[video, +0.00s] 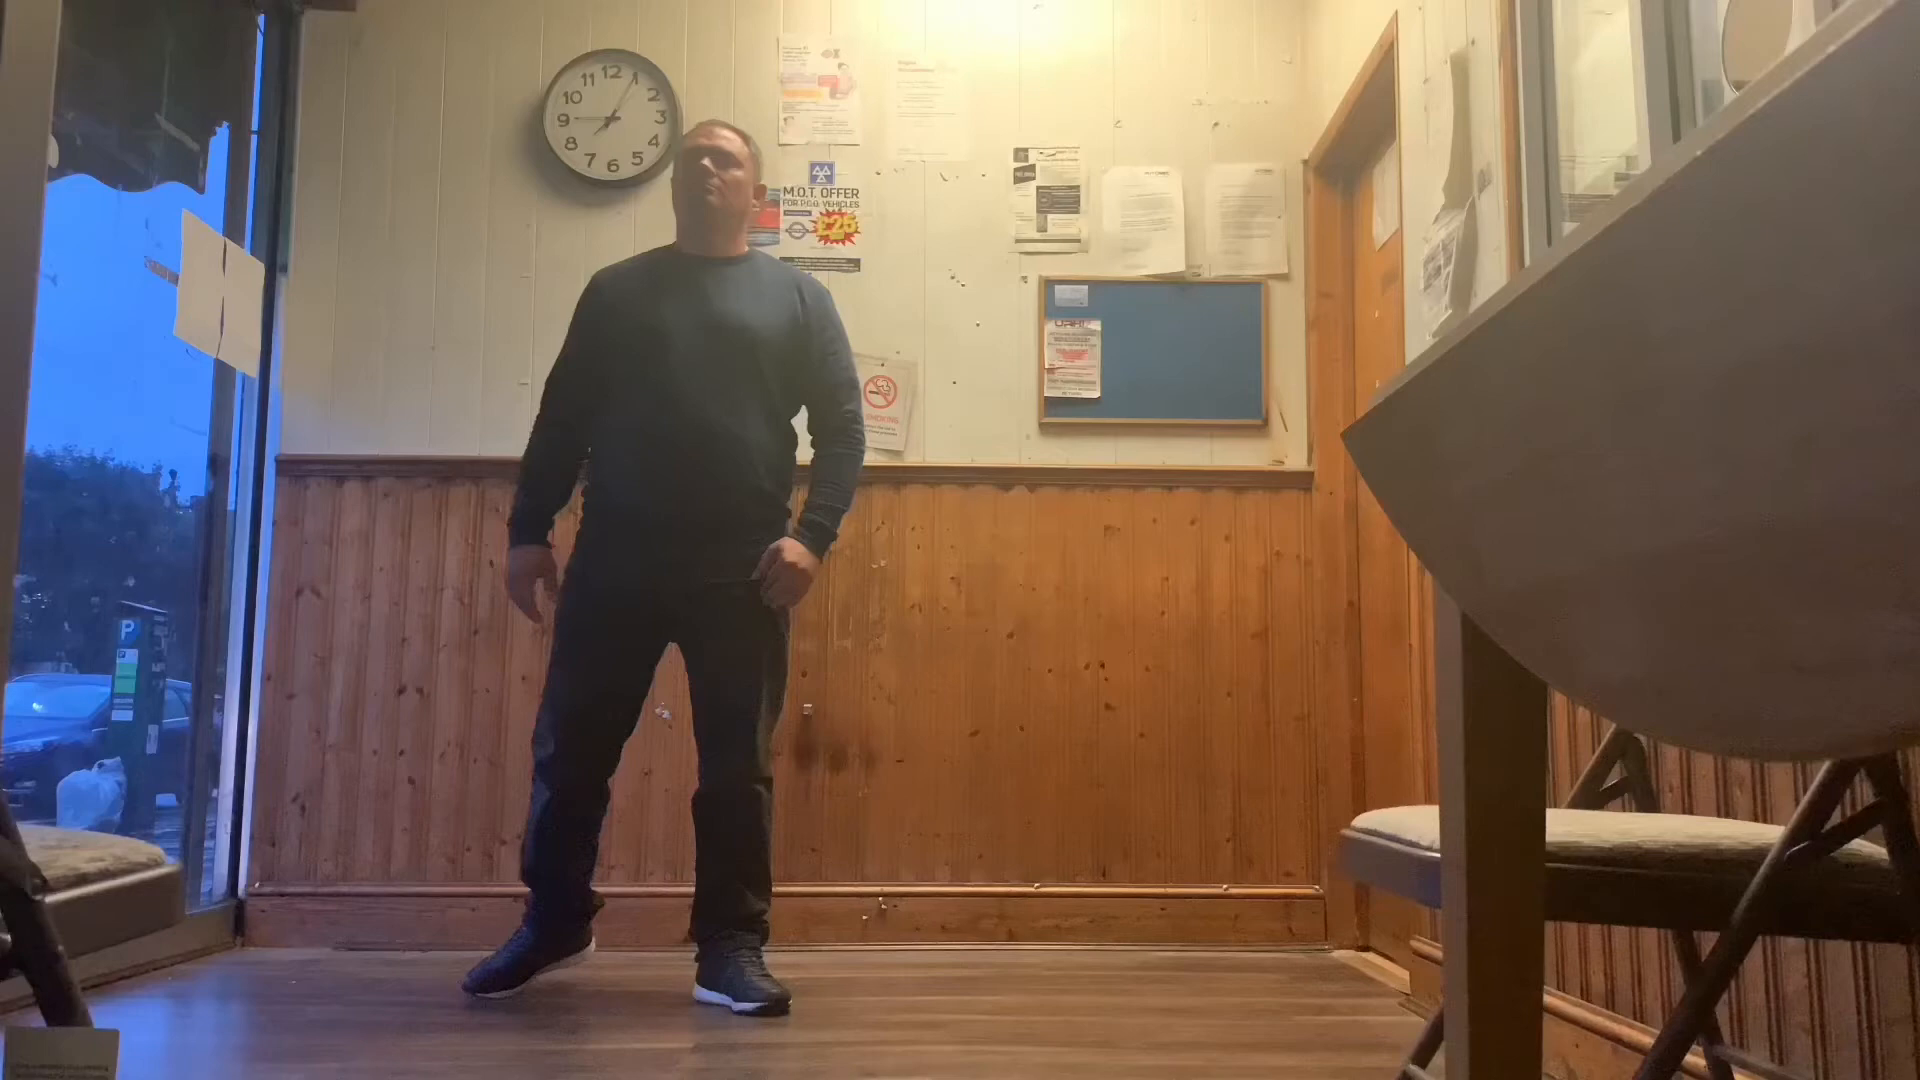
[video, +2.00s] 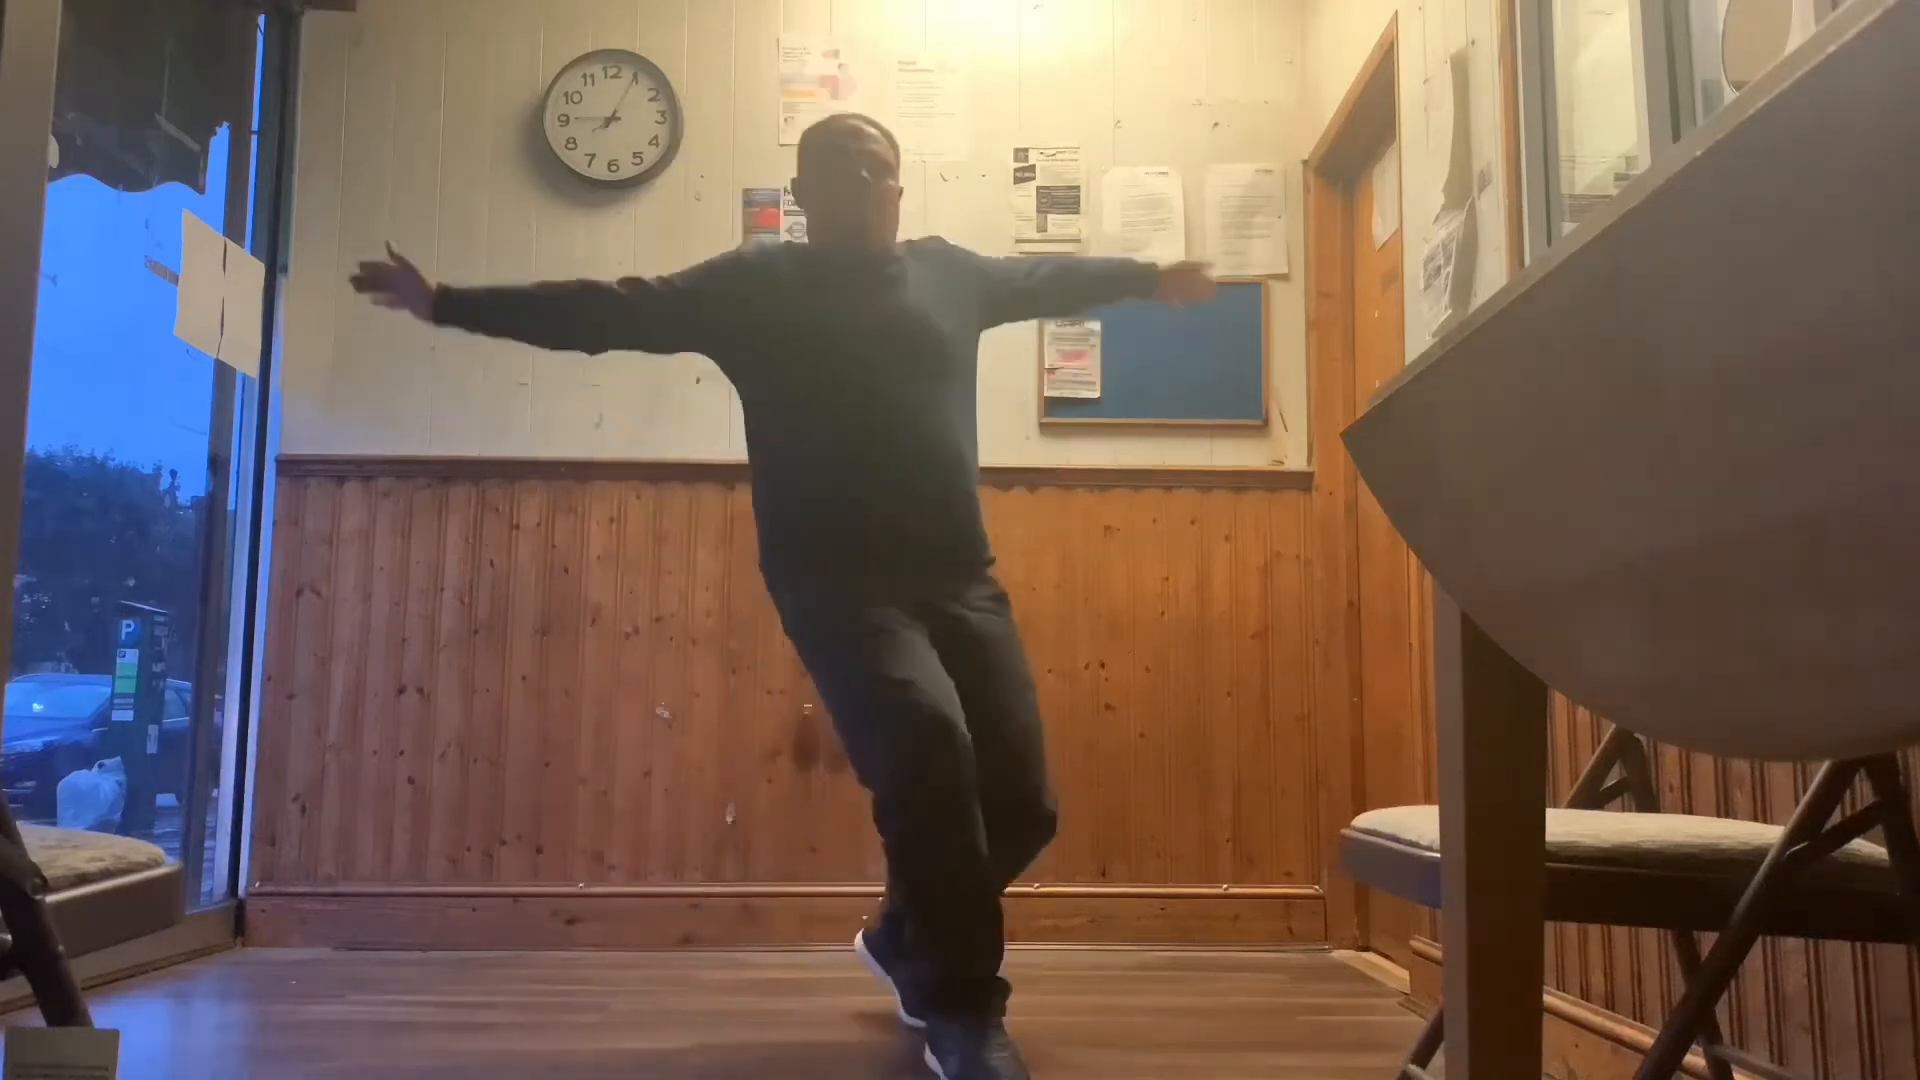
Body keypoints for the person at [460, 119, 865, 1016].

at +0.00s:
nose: (705, 166)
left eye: (724, 159)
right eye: (692, 158)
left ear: (758, 197)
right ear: (670, 188)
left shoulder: (798, 297)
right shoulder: (614, 291)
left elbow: (842, 430)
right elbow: (563, 416)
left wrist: (812, 537)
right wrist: (530, 529)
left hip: (738, 569)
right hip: (618, 563)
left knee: (736, 770)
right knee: (569, 751)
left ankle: (732, 950)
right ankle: (556, 922)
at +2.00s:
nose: (875, 186)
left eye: (885, 170)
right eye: (851, 170)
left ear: (903, 189)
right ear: (803, 193)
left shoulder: (948, 276)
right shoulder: (753, 288)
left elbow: (1052, 278)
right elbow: (607, 312)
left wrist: (1153, 278)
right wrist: (444, 303)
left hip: (962, 576)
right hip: (842, 586)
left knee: (1022, 803)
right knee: (931, 756)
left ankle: (910, 936)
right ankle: (966, 1021)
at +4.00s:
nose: (919, 246)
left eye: (929, 231)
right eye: (898, 229)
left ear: (942, 247)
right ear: (851, 243)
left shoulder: (982, 323)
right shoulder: (801, 337)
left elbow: (1081, 352)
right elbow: (677, 373)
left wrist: (1163, 387)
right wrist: (533, 395)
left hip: (1008, 597)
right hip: (903, 606)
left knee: (1074, 801)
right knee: (1015, 751)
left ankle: (949, 896)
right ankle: (1052, 983)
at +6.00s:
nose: (982, 226)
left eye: (990, 210)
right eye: (962, 208)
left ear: (998, 215)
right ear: (919, 207)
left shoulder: (998, 293)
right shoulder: (849, 284)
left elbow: (1080, 293)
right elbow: (730, 378)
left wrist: (1022, 222)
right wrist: (681, 504)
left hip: (949, 542)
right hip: (872, 538)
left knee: (977, 740)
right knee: (964, 737)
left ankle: (838, 899)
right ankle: (944, 973)